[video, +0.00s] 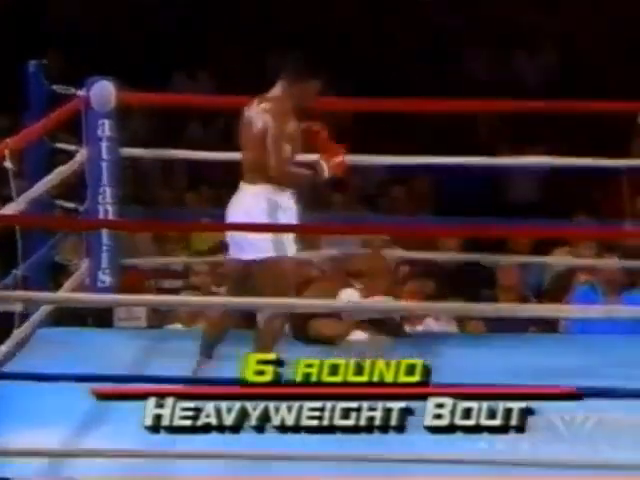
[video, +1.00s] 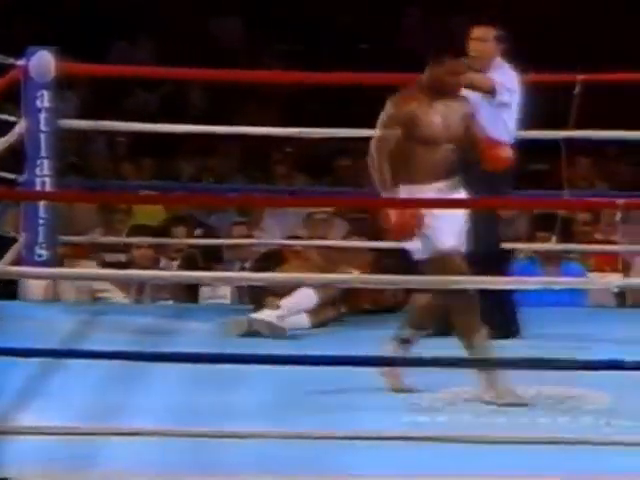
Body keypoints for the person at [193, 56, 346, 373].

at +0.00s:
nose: (314, 97)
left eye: (317, 90)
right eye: (313, 89)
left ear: (284, 80)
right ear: (300, 84)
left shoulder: (256, 108)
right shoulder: (276, 116)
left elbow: (271, 154)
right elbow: (277, 171)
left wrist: (312, 158)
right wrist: (318, 173)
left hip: (247, 203)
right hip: (266, 207)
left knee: (237, 294)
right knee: (280, 298)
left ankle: (201, 367)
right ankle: (262, 372)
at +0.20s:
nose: (336, 86)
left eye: (338, 79)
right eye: (335, 78)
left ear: (314, 69)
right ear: (321, 72)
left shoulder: (302, 101)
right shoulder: (286, 99)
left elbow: (296, 148)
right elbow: (273, 149)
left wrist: (333, 151)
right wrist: (315, 166)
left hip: (294, 194)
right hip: (277, 195)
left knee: (297, 283)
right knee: (285, 284)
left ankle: (252, 345)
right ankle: (251, 349)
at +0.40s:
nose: (369, 90)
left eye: (372, 83)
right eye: (368, 82)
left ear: (355, 75)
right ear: (350, 73)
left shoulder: (343, 106)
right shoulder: (318, 101)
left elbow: (333, 150)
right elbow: (301, 155)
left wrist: (366, 154)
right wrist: (353, 165)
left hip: (333, 198)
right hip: (302, 197)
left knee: (363, 280)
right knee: (282, 287)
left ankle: (372, 369)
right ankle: (240, 365)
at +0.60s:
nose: (417, 89)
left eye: (418, 82)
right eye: (414, 81)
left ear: (401, 81)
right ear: (395, 76)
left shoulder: (395, 111)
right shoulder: (357, 106)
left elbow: (388, 160)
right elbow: (340, 157)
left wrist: (421, 168)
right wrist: (388, 168)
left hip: (381, 201)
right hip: (345, 199)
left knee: (406, 279)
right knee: (338, 291)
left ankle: (400, 371)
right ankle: (269, 343)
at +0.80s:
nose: (444, 69)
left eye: (446, 62)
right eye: (439, 61)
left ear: (439, 62)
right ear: (416, 56)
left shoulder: (434, 90)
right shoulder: (380, 89)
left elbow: (432, 136)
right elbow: (360, 141)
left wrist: (457, 141)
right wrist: (387, 175)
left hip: (418, 181)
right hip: (382, 182)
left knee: (410, 279)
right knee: (407, 276)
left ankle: (392, 366)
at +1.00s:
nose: (457, 84)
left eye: (460, 77)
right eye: (452, 77)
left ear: (461, 78)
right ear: (434, 75)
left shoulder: (462, 106)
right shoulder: (403, 106)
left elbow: (478, 142)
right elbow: (377, 152)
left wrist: (494, 153)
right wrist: (389, 200)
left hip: (453, 195)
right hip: (414, 200)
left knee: (442, 282)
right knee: (458, 281)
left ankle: (395, 354)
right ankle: (491, 377)